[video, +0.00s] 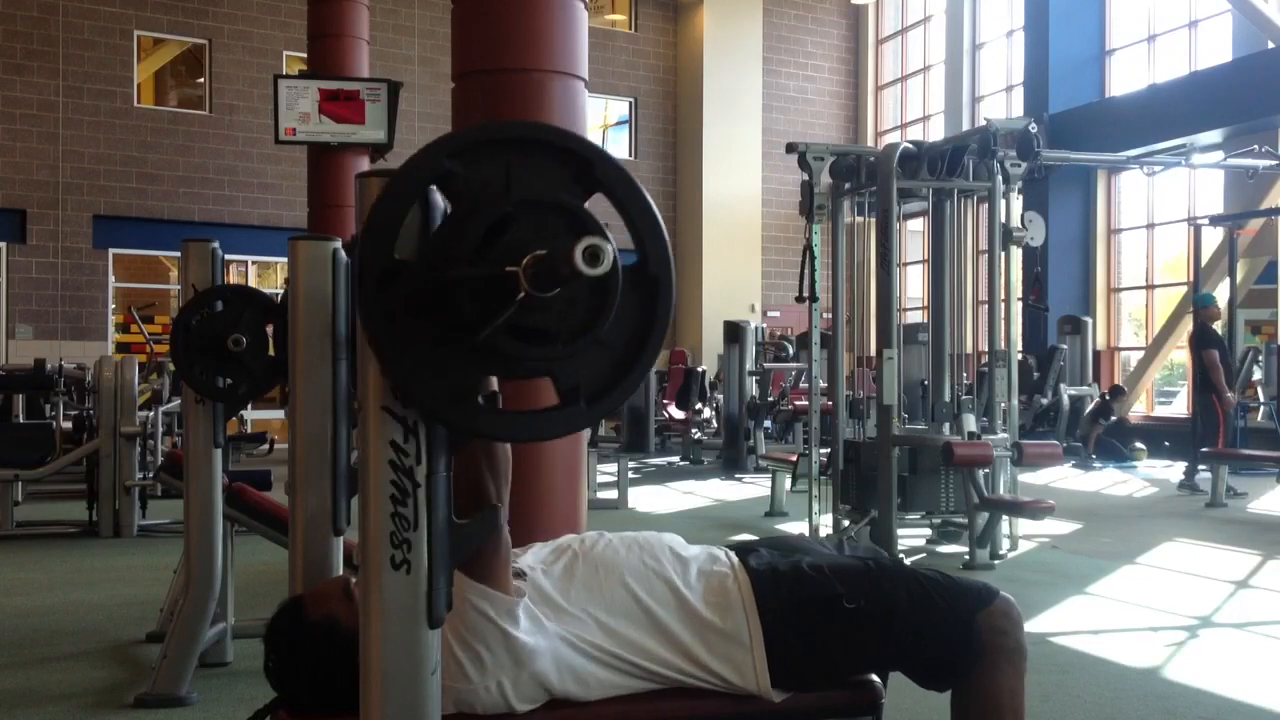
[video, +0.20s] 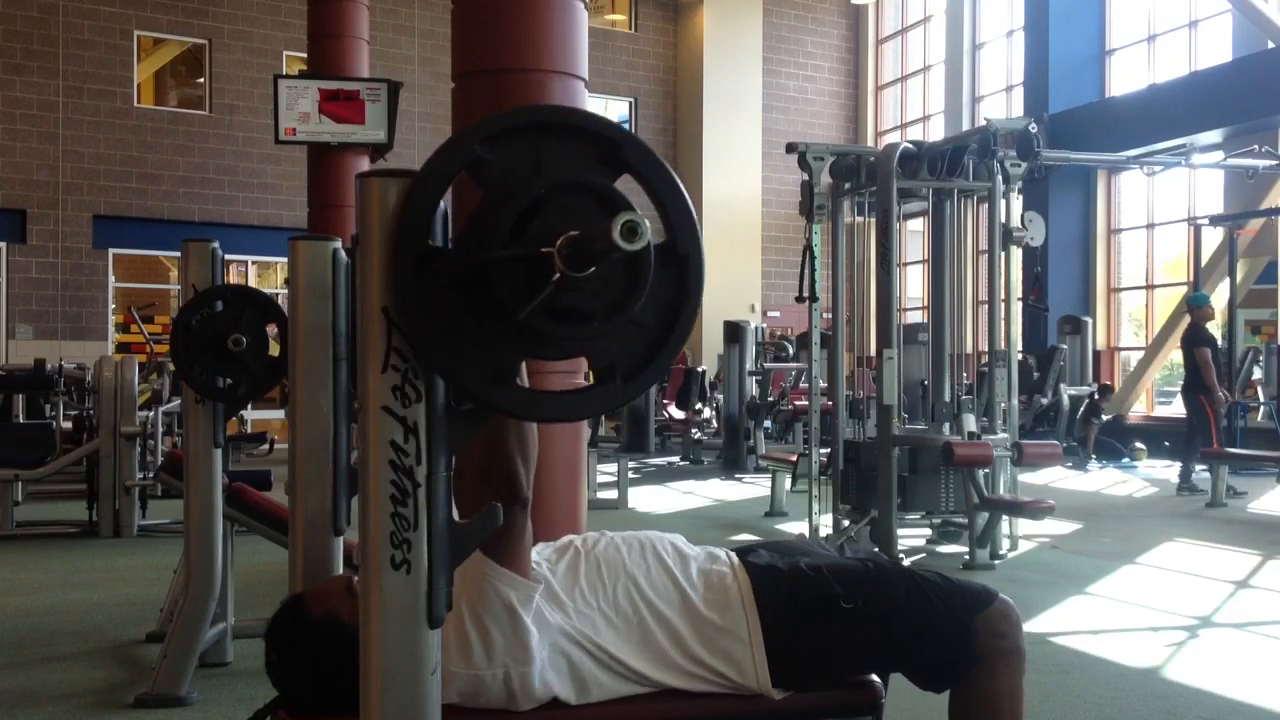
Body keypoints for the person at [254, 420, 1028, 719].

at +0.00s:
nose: (363, 570)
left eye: (347, 571)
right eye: (351, 586)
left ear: (346, 669)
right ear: (361, 647)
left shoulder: (452, 640)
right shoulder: (467, 667)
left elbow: (466, 512)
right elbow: (479, 499)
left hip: (726, 578)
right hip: (753, 606)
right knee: (992, 623)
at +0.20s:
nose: (356, 575)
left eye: (339, 580)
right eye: (341, 593)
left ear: (349, 655)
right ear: (361, 637)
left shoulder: (453, 642)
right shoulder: (470, 656)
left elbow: (496, 499)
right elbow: (503, 494)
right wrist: (471, 331)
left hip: (718, 589)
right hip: (750, 608)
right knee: (991, 626)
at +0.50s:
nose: (356, 563)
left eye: (336, 567)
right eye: (343, 582)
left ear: (342, 659)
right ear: (358, 634)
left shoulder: (450, 648)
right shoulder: (468, 662)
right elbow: (532, 503)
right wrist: (519, 343)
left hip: (716, 610)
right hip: (750, 604)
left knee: (860, 686)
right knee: (983, 627)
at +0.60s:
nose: (356, 570)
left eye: (338, 577)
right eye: (345, 588)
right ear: (363, 637)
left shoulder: (453, 659)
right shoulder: (473, 672)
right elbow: (529, 502)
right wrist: (536, 317)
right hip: (740, 615)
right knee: (981, 623)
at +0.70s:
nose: (364, 567)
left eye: (345, 571)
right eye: (348, 583)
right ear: (361, 636)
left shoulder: (448, 635)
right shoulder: (479, 673)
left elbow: (459, 485)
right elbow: (545, 513)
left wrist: (478, 376)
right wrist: (547, 331)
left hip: (719, 579)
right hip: (748, 611)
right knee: (985, 626)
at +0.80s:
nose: (364, 566)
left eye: (347, 570)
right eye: (350, 583)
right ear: (361, 635)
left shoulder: (452, 634)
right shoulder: (484, 666)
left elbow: (461, 483)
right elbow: (550, 515)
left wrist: (476, 372)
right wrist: (551, 342)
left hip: (724, 581)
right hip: (750, 612)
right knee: (986, 626)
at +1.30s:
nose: (364, 570)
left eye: (349, 572)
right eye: (349, 587)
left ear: (345, 667)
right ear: (358, 647)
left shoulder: (445, 646)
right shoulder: (480, 672)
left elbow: (462, 491)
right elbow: (557, 537)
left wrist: (481, 385)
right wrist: (537, 374)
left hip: (731, 581)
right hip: (755, 617)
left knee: (860, 681)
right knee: (991, 630)